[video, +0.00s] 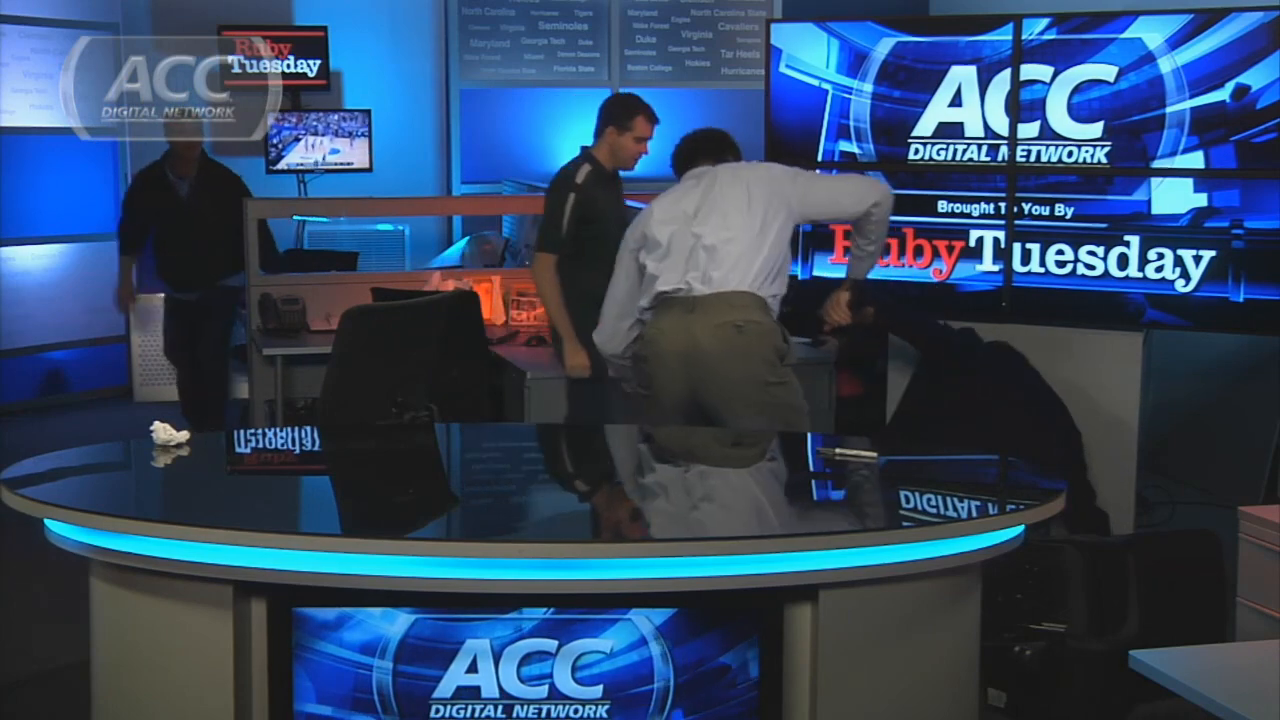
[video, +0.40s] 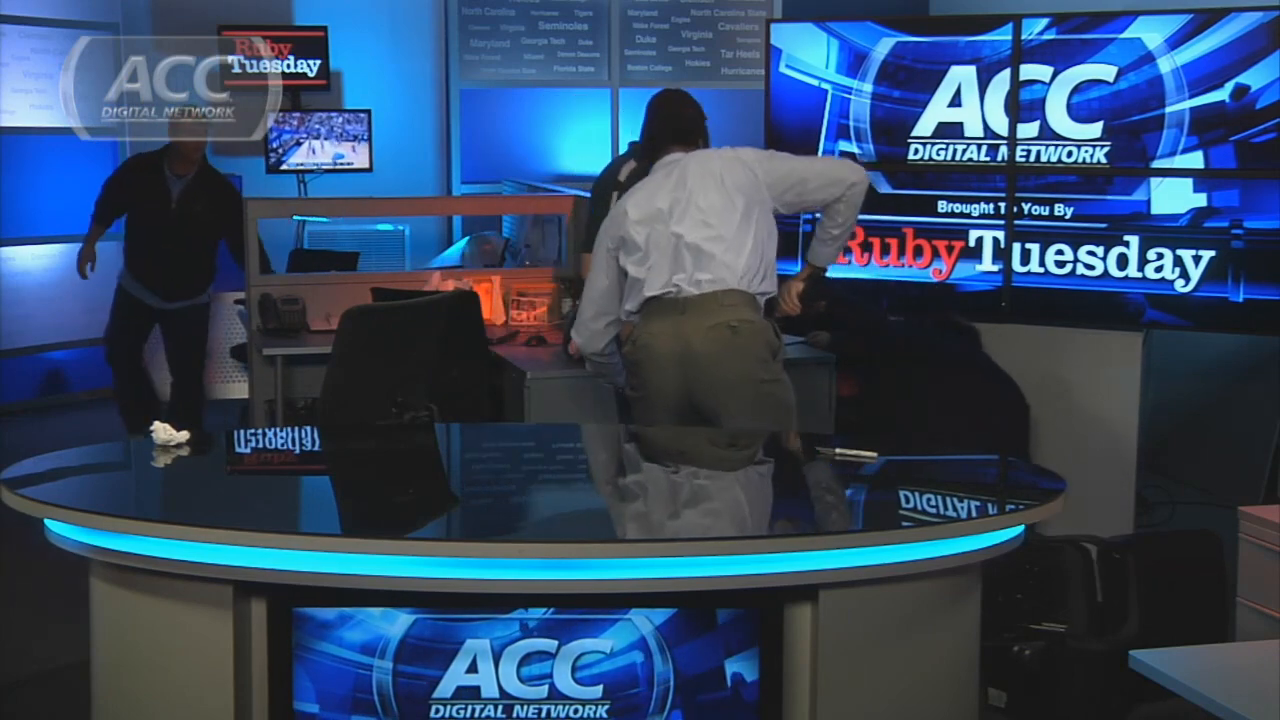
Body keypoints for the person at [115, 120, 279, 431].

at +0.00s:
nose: (188, 141)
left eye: (193, 134)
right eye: (180, 135)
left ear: (202, 138)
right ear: (169, 138)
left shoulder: (224, 181)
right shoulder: (147, 182)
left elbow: (257, 230)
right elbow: (130, 234)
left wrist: (274, 279)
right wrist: (126, 282)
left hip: (222, 286)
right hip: (177, 288)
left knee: (212, 359)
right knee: (179, 354)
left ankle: (212, 430)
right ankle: (195, 425)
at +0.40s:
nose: (194, 144)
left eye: (200, 137)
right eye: (187, 136)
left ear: (207, 140)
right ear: (171, 137)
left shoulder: (221, 191)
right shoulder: (138, 170)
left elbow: (246, 245)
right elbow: (109, 206)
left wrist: (269, 288)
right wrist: (90, 242)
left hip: (190, 296)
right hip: (138, 289)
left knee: (188, 373)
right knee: (120, 353)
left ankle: (186, 441)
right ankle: (145, 429)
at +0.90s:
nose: (151, 133)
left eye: (156, 125)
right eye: (142, 125)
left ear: (165, 129)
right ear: (128, 130)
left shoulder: (191, 178)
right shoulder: (101, 180)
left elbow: (212, 229)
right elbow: (76, 230)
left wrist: (211, 275)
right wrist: (63, 280)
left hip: (177, 306)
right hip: (120, 307)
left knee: (188, 389)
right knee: (116, 392)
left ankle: (193, 467)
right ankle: (121, 468)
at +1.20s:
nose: (169, 135)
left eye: (171, 127)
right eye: (159, 128)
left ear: (178, 133)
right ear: (140, 134)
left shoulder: (201, 184)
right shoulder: (108, 183)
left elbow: (221, 238)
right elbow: (82, 230)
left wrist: (220, 286)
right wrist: (74, 278)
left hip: (181, 316)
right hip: (122, 314)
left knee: (180, 405)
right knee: (117, 404)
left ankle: (183, 480)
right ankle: (120, 478)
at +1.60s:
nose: (187, 128)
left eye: (190, 120)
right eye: (178, 121)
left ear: (199, 128)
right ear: (159, 128)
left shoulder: (221, 184)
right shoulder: (125, 181)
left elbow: (241, 241)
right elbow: (96, 238)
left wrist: (246, 284)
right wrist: (91, 290)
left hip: (195, 323)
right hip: (136, 320)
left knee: (189, 417)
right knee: (131, 416)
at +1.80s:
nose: (188, 136)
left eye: (191, 127)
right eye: (177, 128)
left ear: (199, 133)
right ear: (157, 136)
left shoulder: (224, 188)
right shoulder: (127, 193)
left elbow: (246, 246)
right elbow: (101, 252)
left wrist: (255, 291)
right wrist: (107, 307)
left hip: (205, 335)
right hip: (147, 335)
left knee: (195, 428)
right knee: (145, 429)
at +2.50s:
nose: (281, 135)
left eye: (281, 126)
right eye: (271, 128)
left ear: (281, 130)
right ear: (245, 135)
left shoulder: (296, 188)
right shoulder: (212, 191)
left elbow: (311, 253)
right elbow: (207, 265)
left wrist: (325, 304)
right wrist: (251, 298)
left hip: (290, 340)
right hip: (234, 340)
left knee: (289, 439)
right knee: (244, 439)